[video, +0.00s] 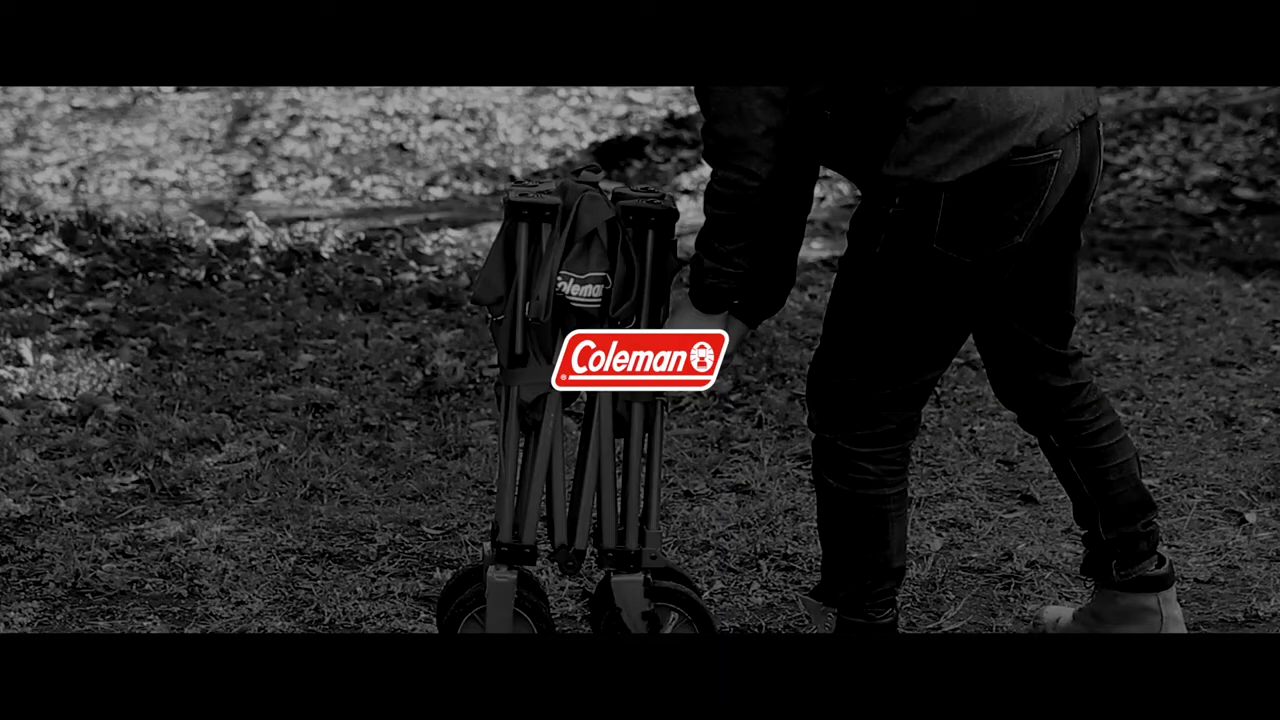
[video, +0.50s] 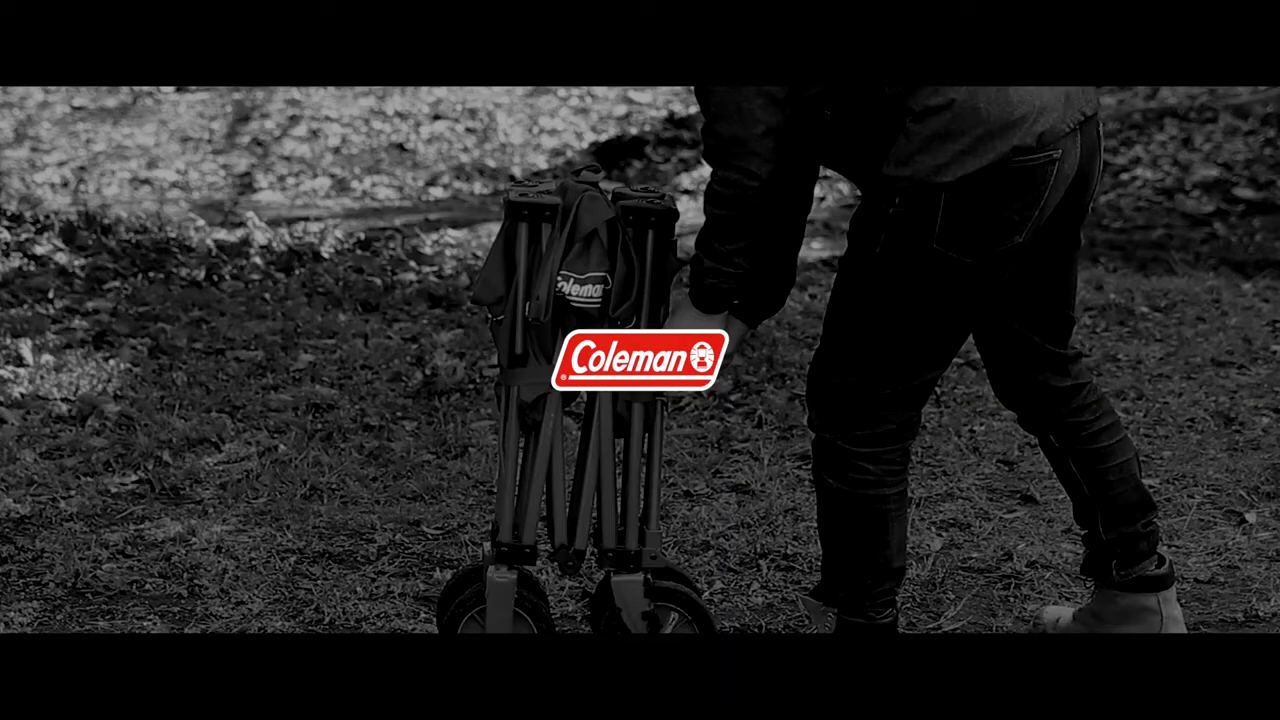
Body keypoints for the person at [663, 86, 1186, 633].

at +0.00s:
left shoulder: (746, 91)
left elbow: (758, 173)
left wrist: (712, 309)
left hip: (947, 161)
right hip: (1067, 123)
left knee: (857, 409)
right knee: (1038, 364)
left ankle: (862, 616)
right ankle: (1136, 588)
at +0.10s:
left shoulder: (746, 91)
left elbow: (758, 173)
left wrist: (712, 309)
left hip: (947, 161)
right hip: (1067, 123)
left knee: (857, 409)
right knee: (1038, 364)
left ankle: (862, 616)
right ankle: (1136, 588)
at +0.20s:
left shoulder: (746, 91)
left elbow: (758, 173)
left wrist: (712, 309)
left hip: (947, 161)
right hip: (1067, 123)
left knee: (857, 409)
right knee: (1038, 364)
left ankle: (862, 616)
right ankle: (1136, 588)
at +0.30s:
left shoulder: (746, 91)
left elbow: (758, 173)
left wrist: (712, 309)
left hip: (947, 161)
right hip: (1067, 123)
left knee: (857, 409)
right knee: (1038, 364)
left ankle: (862, 616)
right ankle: (1136, 588)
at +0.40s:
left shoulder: (746, 91)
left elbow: (758, 173)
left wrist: (712, 309)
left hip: (947, 161)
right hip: (1067, 123)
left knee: (857, 409)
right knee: (1038, 364)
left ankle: (862, 616)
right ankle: (1136, 588)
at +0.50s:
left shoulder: (746, 91)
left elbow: (758, 173)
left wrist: (712, 309)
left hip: (947, 161)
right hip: (1067, 123)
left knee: (857, 409)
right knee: (1038, 364)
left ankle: (862, 616)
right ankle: (1136, 588)